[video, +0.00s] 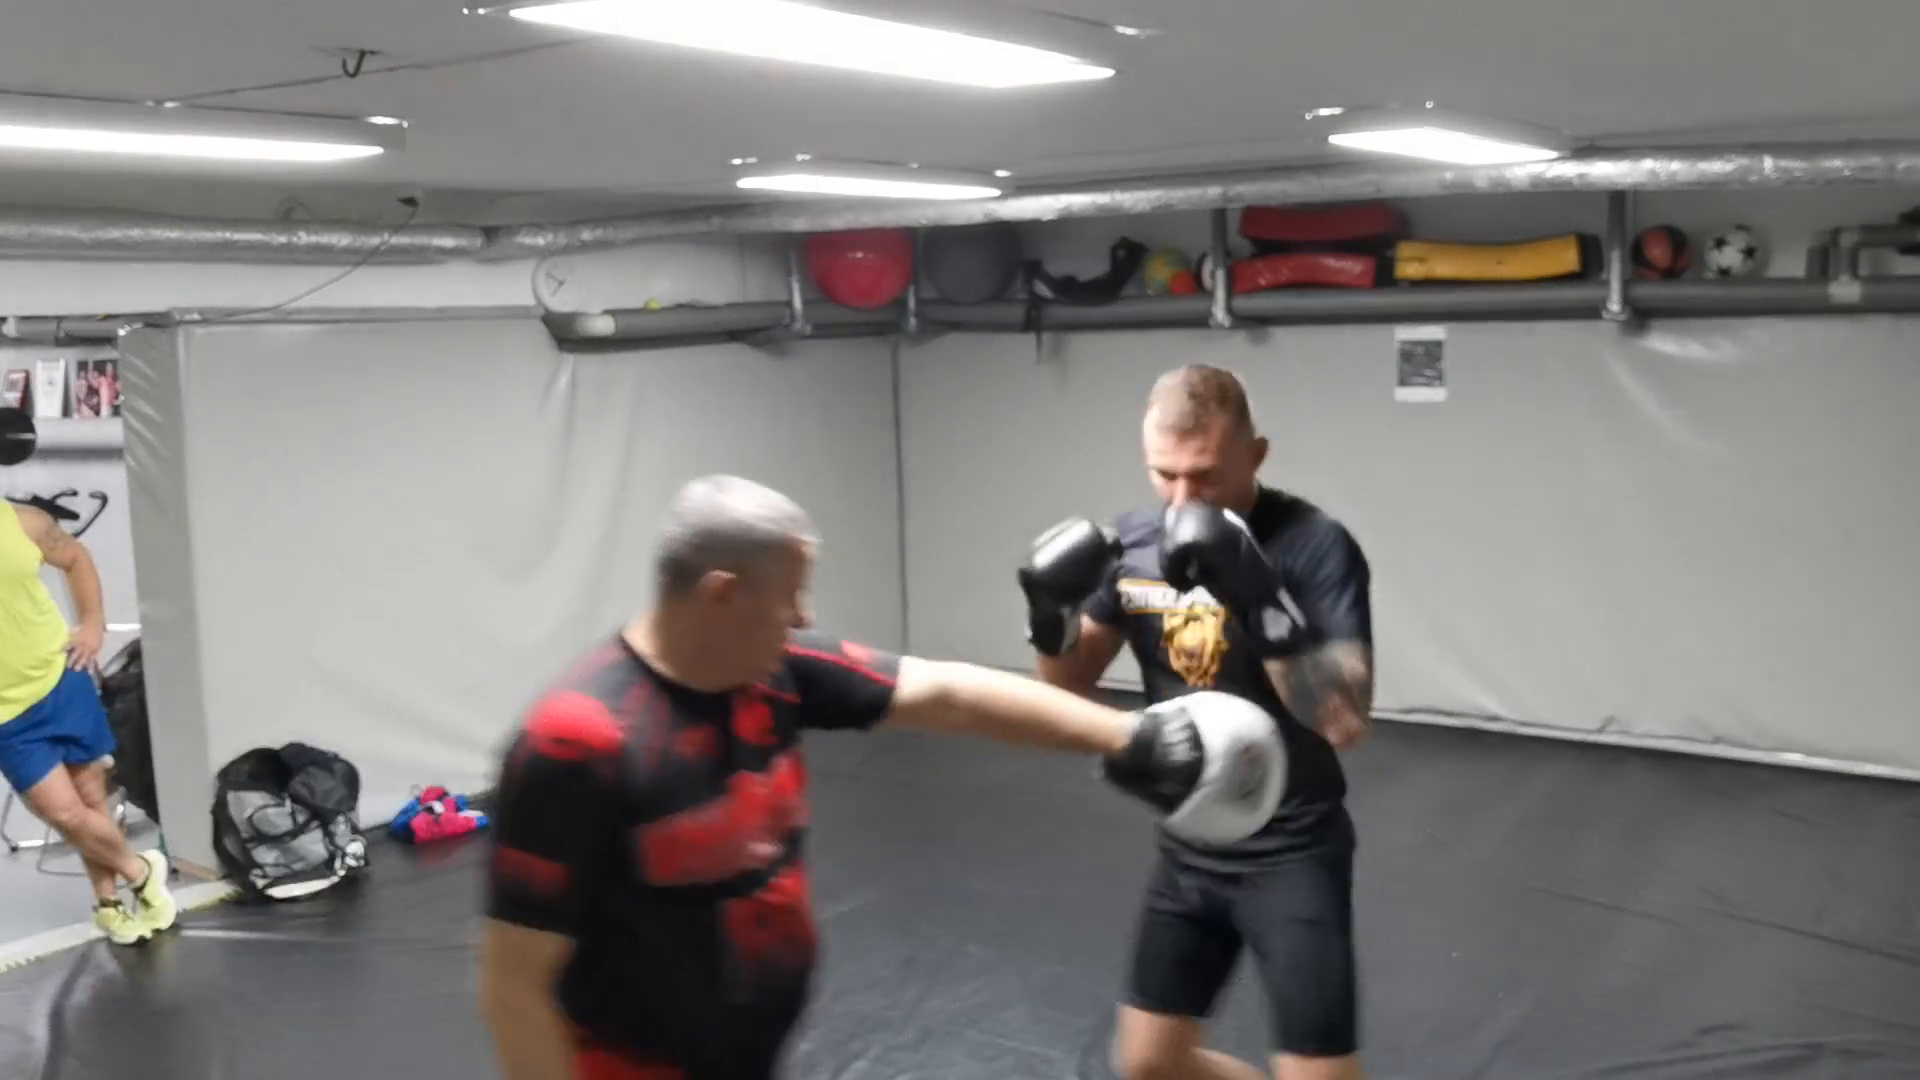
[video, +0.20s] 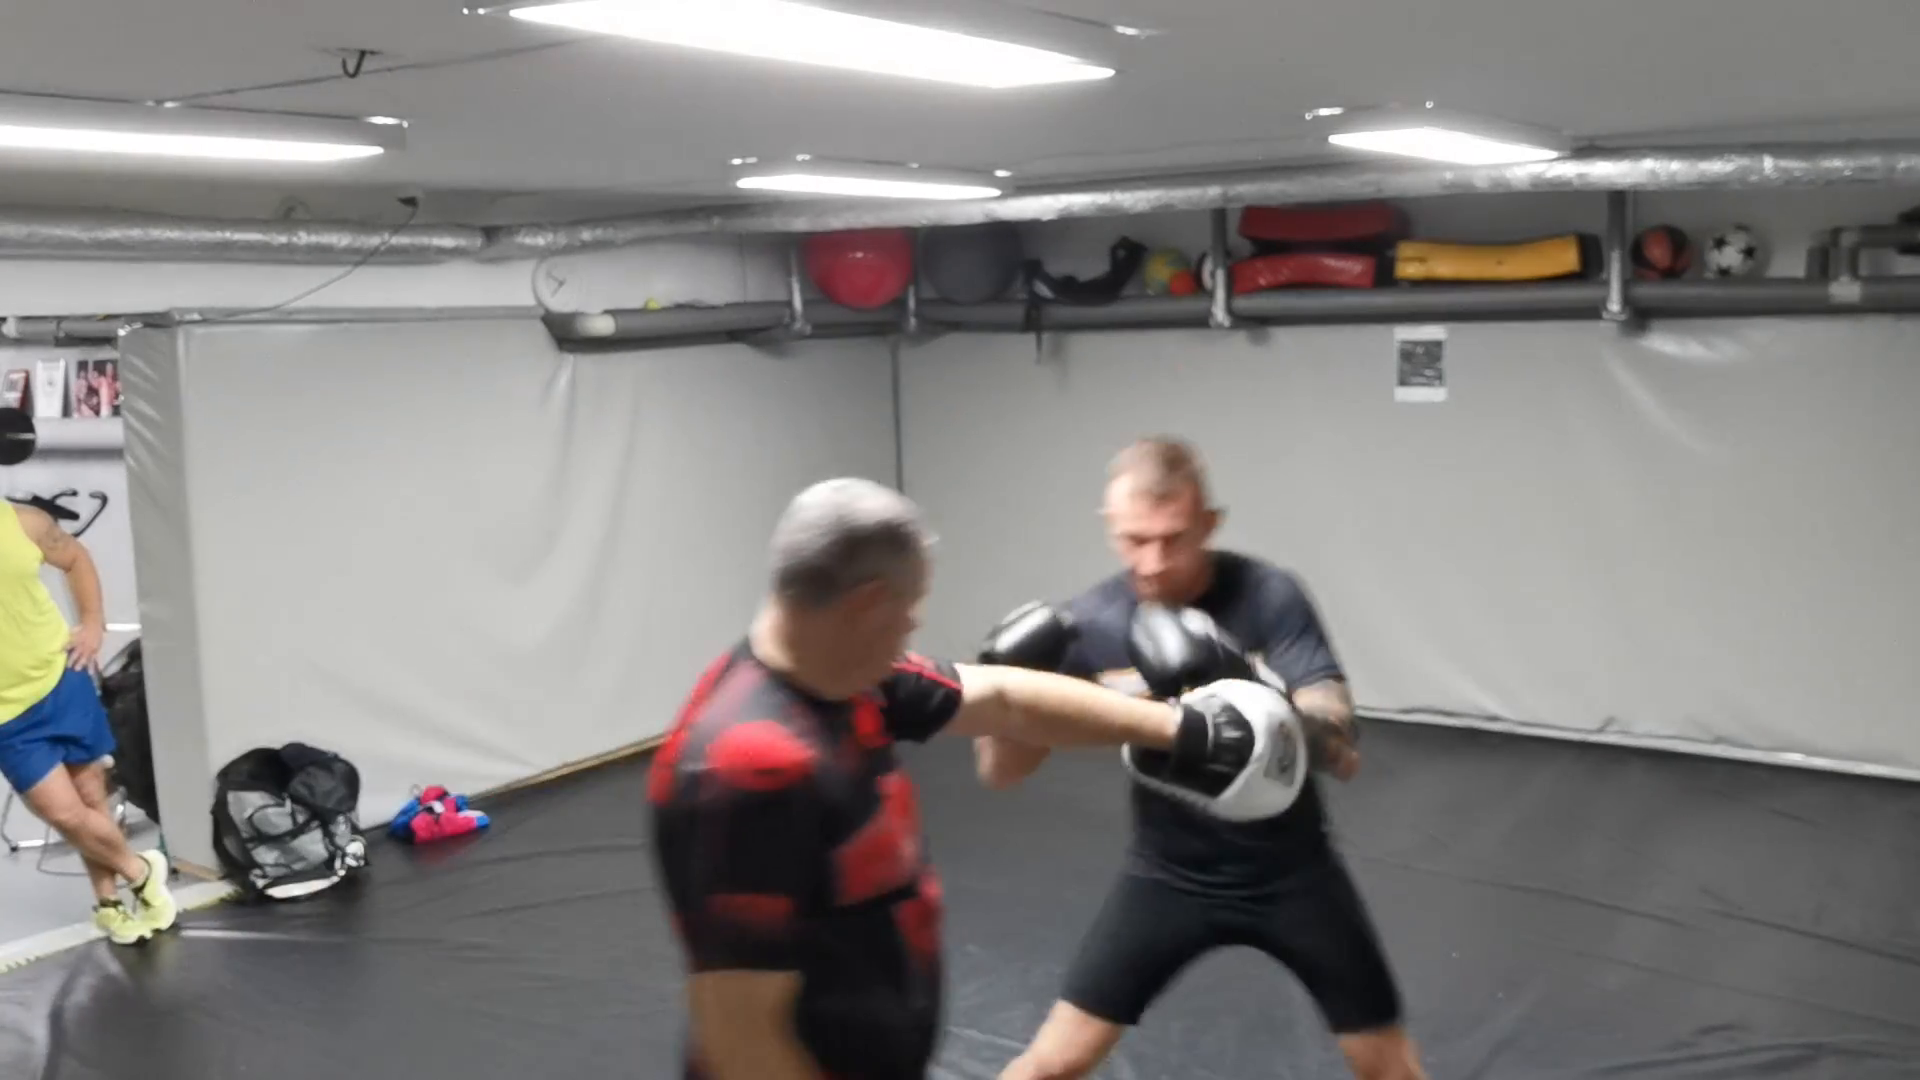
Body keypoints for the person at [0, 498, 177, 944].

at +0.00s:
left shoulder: (21, 522)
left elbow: (76, 557)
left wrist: (93, 622)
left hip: (62, 682)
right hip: (8, 714)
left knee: (90, 798)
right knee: (65, 816)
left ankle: (107, 901)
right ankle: (142, 872)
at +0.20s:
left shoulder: (20, 523)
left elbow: (76, 558)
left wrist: (93, 623)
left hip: (61, 682)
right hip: (7, 715)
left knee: (90, 797)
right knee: (65, 817)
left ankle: (107, 900)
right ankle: (141, 872)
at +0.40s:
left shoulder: (21, 523)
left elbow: (76, 558)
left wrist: (92, 624)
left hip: (61, 682)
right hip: (7, 715)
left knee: (91, 798)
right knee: (64, 816)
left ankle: (107, 901)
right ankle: (142, 872)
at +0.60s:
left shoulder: (22, 524)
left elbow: (75, 557)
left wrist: (92, 624)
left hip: (61, 683)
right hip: (7, 715)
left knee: (91, 799)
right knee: (65, 816)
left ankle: (107, 901)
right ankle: (142, 872)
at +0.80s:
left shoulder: (22, 523)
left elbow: (76, 558)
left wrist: (92, 623)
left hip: (61, 683)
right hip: (7, 715)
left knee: (91, 799)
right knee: (65, 817)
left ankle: (107, 901)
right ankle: (141, 871)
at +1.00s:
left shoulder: (21, 523)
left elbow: (76, 558)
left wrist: (92, 623)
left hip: (61, 682)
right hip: (7, 714)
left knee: (91, 798)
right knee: (65, 816)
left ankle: (107, 901)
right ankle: (142, 872)